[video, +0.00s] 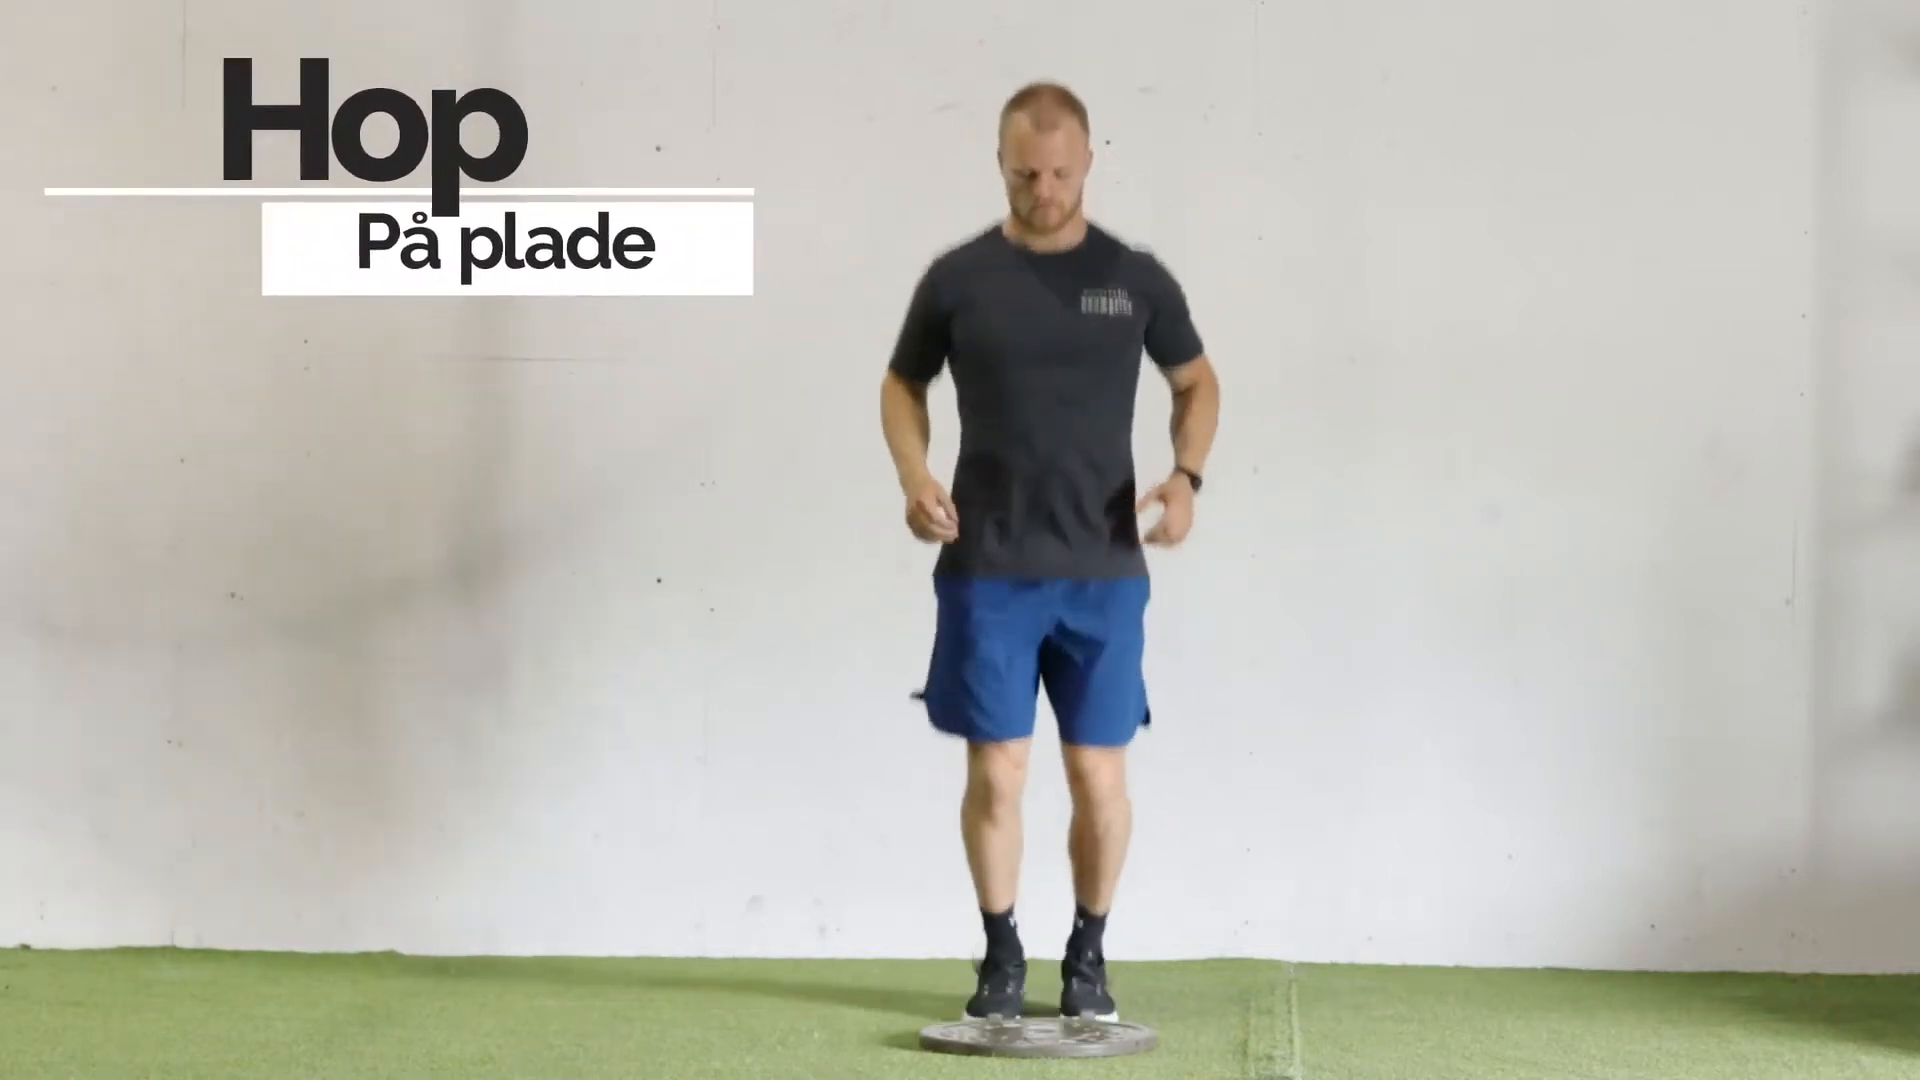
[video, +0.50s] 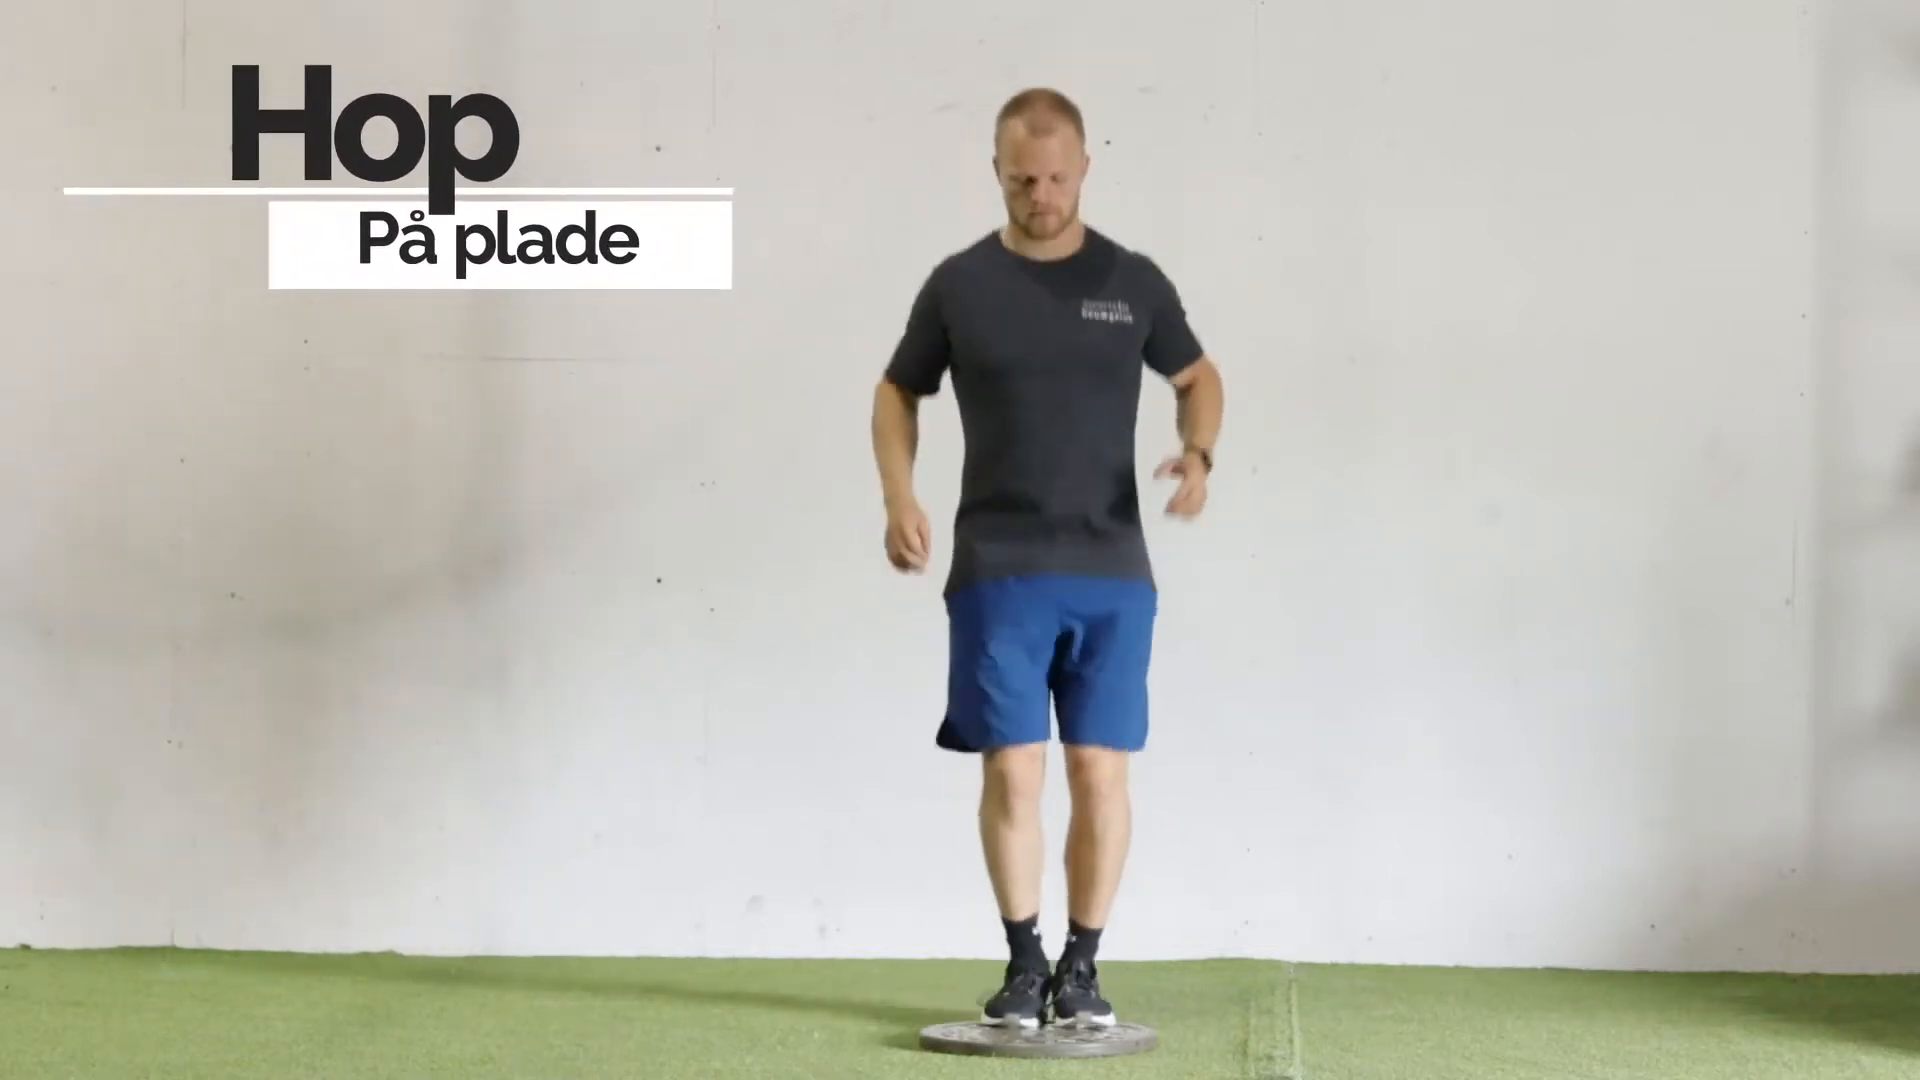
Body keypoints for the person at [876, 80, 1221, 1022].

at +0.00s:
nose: (1043, 189)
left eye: (1059, 172)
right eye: (1026, 173)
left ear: (1088, 163)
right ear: (1003, 167)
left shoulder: (1137, 278)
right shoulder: (955, 280)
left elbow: (1197, 384)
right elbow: (903, 386)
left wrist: (1184, 478)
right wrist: (915, 475)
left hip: (1103, 564)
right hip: (990, 562)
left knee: (1097, 773)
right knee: (995, 774)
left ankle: (1087, 959)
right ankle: (1002, 961)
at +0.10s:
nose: (1039, 189)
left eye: (1055, 171)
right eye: (1022, 173)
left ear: (1085, 164)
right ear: (999, 170)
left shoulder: (1134, 276)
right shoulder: (959, 277)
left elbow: (1195, 381)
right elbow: (897, 381)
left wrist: (1182, 447)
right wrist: (924, 422)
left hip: (1103, 567)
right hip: (993, 568)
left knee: (1102, 770)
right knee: (993, 769)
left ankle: (1085, 955)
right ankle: (1002, 956)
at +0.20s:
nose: (1038, 137)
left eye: (1054, 120)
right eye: (1022, 121)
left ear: (1085, 113)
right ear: (1000, 117)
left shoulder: (1134, 218)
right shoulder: (960, 216)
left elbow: (1207, 309)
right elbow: (882, 309)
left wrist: (1190, 359)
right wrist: (915, 338)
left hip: (1106, 505)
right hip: (996, 504)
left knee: (1107, 717)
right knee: (992, 714)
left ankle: (1095, 929)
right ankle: (994, 931)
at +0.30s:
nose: (1040, 107)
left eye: (1056, 90)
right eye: (1023, 91)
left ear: (1085, 82)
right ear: (1001, 84)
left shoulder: (1135, 182)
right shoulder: (958, 184)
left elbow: (1215, 257)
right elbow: (879, 263)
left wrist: (1211, 311)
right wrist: (888, 312)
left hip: (1110, 475)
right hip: (997, 475)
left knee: (1105, 693)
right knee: (1003, 689)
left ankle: (1088, 904)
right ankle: (1007, 902)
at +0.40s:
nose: (1039, 126)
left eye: (1055, 109)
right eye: (1022, 109)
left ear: (1085, 101)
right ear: (1000, 103)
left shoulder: (1134, 202)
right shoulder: (957, 206)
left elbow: (1206, 281)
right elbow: (887, 294)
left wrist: (1211, 340)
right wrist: (890, 369)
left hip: (1111, 493)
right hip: (1000, 493)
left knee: (1102, 711)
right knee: (1008, 711)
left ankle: (1083, 929)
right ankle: (1015, 927)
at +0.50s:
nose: (1041, 194)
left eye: (1057, 176)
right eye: (1023, 177)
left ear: (1084, 169)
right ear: (999, 173)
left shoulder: (1134, 281)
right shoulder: (957, 285)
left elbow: (1198, 378)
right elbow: (898, 394)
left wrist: (1198, 450)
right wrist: (899, 497)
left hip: (1112, 563)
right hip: (1001, 562)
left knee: (1099, 766)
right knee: (1014, 767)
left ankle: (1080, 970)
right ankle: (1027, 969)